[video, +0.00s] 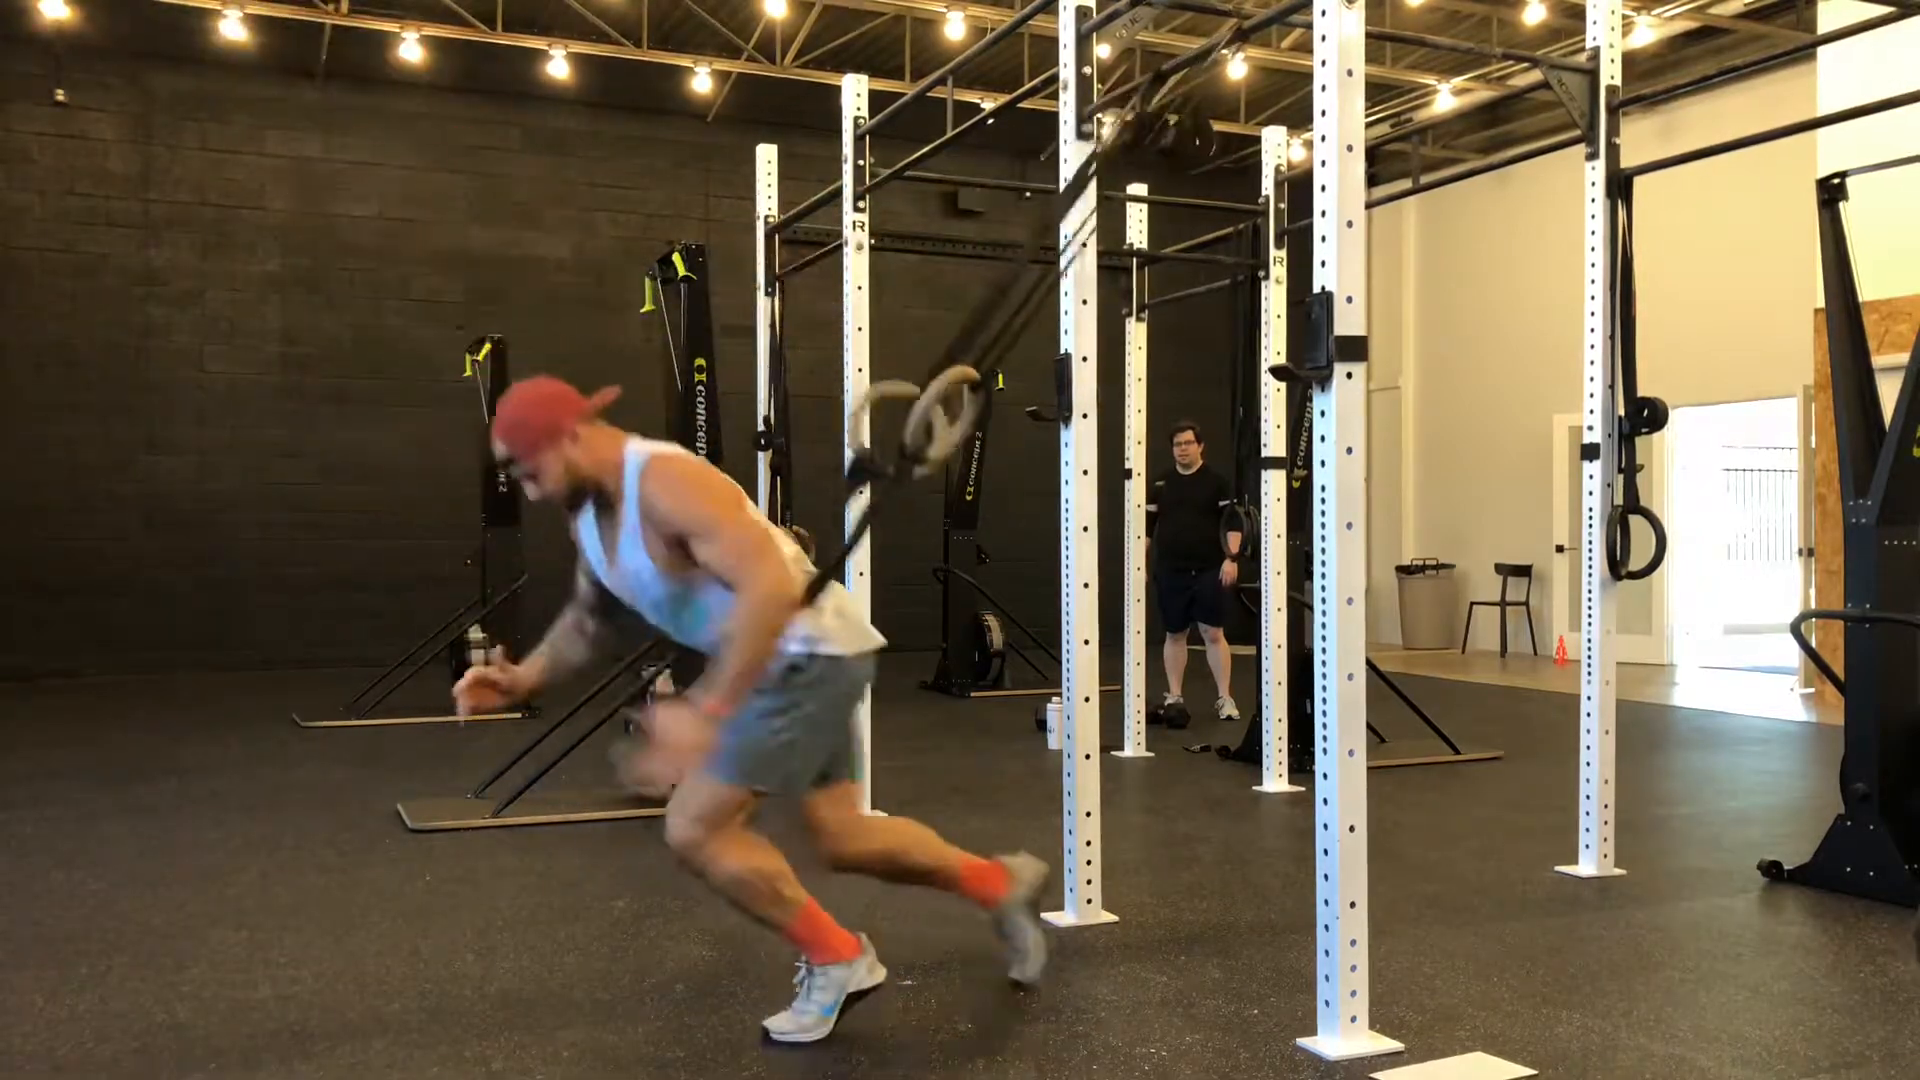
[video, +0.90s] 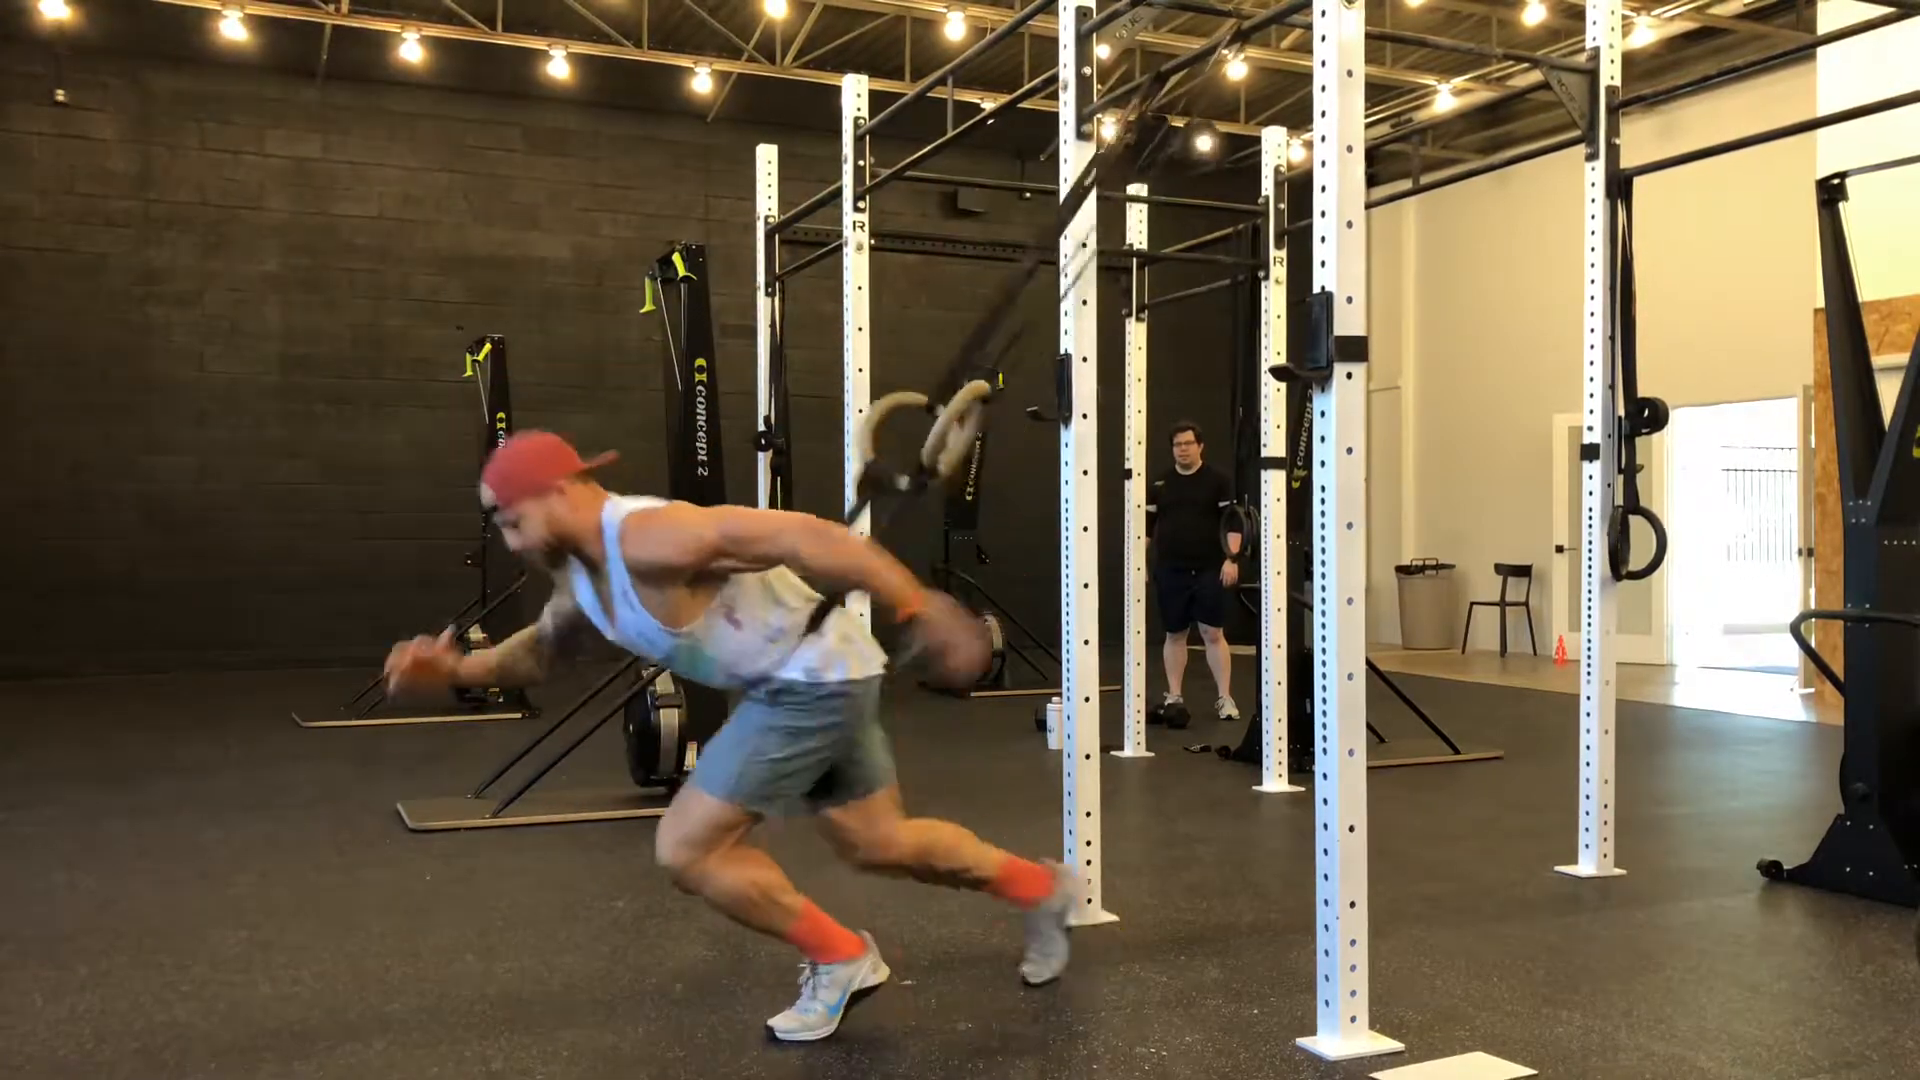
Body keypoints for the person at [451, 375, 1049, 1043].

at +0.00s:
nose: (526, 486)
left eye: (529, 468)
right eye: (518, 473)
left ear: (573, 434)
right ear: (561, 447)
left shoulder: (669, 480)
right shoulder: (596, 520)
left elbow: (774, 585)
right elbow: (588, 622)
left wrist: (707, 708)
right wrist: (523, 678)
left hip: (814, 653)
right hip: (793, 658)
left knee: (696, 827)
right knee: (843, 838)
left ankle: (839, 958)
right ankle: (1003, 883)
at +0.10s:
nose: (561, 544)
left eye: (565, 528)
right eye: (555, 532)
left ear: (610, 503)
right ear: (602, 509)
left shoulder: (711, 535)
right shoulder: (642, 581)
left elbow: (847, 597)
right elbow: (625, 679)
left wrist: (881, 723)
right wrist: (553, 679)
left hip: (859, 672)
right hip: (825, 680)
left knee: (723, 819)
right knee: (908, 843)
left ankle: (850, 968)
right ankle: (1071, 902)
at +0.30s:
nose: (594, 565)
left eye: (591, 548)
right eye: (585, 555)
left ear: (628, 510)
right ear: (623, 517)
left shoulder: (724, 524)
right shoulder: (672, 582)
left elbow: (867, 552)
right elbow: (643, 661)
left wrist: (938, 651)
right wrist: (579, 656)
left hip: (891, 645)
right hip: (894, 645)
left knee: (773, 794)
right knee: (948, 812)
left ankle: (864, 975)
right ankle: (1086, 907)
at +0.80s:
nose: (548, 574)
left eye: (550, 557)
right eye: (542, 562)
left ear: (591, 529)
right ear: (581, 539)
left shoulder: (685, 553)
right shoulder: (617, 601)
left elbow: (830, 540)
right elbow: (561, 665)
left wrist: (962, 563)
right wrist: (511, 643)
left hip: (855, 683)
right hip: (849, 686)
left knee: (708, 830)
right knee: (945, 834)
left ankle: (849, 959)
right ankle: (1086, 909)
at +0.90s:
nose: (507, 536)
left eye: (511, 517)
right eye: (502, 522)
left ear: (556, 495)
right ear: (545, 500)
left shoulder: (642, 535)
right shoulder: (581, 576)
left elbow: (796, 534)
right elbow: (537, 650)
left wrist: (924, 606)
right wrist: (456, 671)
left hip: (814, 675)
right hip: (818, 670)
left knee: (687, 847)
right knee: (875, 841)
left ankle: (842, 958)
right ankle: (1046, 888)